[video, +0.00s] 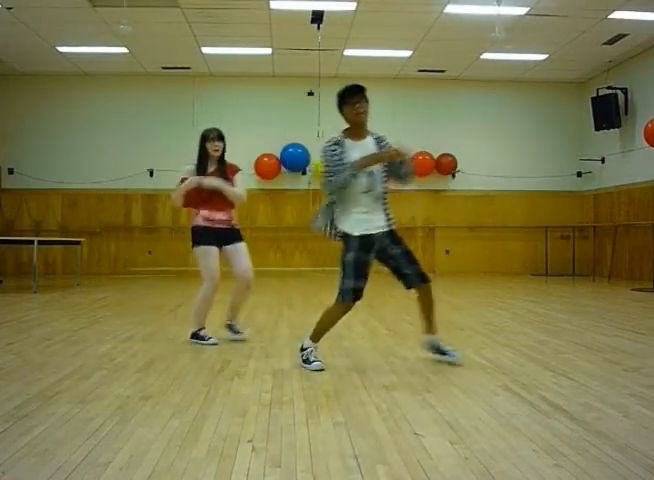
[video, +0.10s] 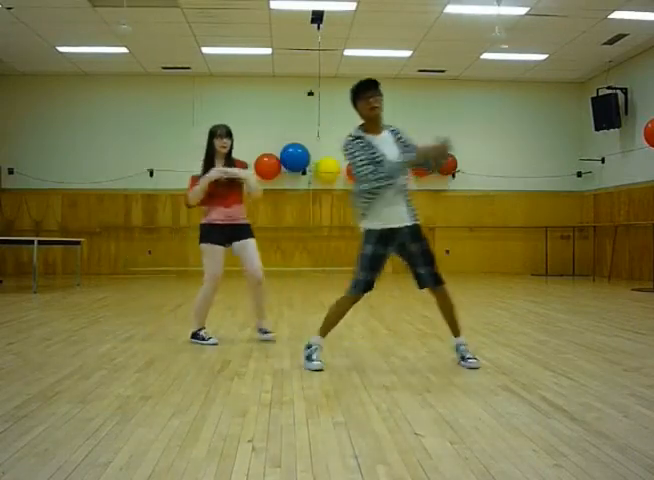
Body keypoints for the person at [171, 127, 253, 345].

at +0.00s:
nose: (216, 145)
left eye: (219, 141)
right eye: (211, 141)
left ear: (224, 144)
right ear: (203, 145)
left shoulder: (230, 170)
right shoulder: (193, 173)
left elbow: (240, 198)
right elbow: (177, 202)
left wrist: (219, 184)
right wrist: (186, 186)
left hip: (229, 227)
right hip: (203, 228)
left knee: (245, 276)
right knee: (211, 278)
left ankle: (231, 322)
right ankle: (198, 330)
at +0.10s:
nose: (223, 142)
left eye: (227, 138)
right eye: (219, 138)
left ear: (232, 141)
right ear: (211, 141)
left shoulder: (241, 167)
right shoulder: (202, 172)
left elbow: (256, 193)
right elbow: (192, 200)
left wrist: (243, 175)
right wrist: (208, 179)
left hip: (240, 224)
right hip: (213, 226)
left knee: (257, 275)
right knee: (213, 277)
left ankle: (261, 326)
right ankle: (198, 330)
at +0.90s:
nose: (243, 141)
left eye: (247, 137)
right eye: (239, 138)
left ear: (256, 139)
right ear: (236, 141)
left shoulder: (261, 162)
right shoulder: (240, 164)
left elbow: (274, 192)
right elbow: (241, 195)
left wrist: (256, 220)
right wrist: (234, 218)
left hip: (255, 226)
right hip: (236, 225)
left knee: (264, 275)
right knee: (221, 273)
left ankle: (289, 325)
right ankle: (219, 329)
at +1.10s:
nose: (233, 143)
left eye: (237, 139)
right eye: (229, 139)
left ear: (245, 141)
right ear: (226, 143)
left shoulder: (248, 163)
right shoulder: (233, 165)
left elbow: (260, 188)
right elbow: (234, 192)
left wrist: (241, 213)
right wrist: (226, 212)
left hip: (238, 226)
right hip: (222, 225)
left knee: (249, 278)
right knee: (212, 274)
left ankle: (287, 321)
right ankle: (219, 330)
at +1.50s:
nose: (210, 142)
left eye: (214, 138)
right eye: (207, 138)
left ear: (223, 141)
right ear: (204, 142)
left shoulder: (226, 162)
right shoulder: (212, 165)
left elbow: (242, 183)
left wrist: (221, 203)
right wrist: (210, 205)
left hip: (219, 226)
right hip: (211, 225)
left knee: (194, 277)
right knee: (202, 280)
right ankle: (218, 330)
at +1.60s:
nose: (206, 139)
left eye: (211, 135)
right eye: (203, 135)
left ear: (219, 138)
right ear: (200, 139)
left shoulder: (223, 159)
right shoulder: (207, 162)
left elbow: (242, 180)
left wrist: (218, 196)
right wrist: (207, 201)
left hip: (217, 224)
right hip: (210, 223)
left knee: (177, 269)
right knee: (206, 278)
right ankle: (218, 329)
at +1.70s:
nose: (204, 139)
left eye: (208, 135)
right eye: (200, 136)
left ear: (216, 138)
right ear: (196, 139)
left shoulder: (220, 158)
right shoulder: (203, 161)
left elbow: (241, 179)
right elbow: (203, 186)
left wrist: (215, 194)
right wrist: (201, 198)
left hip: (212, 223)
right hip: (205, 222)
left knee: (177, 270)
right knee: (206, 278)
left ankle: (176, 325)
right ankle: (219, 330)